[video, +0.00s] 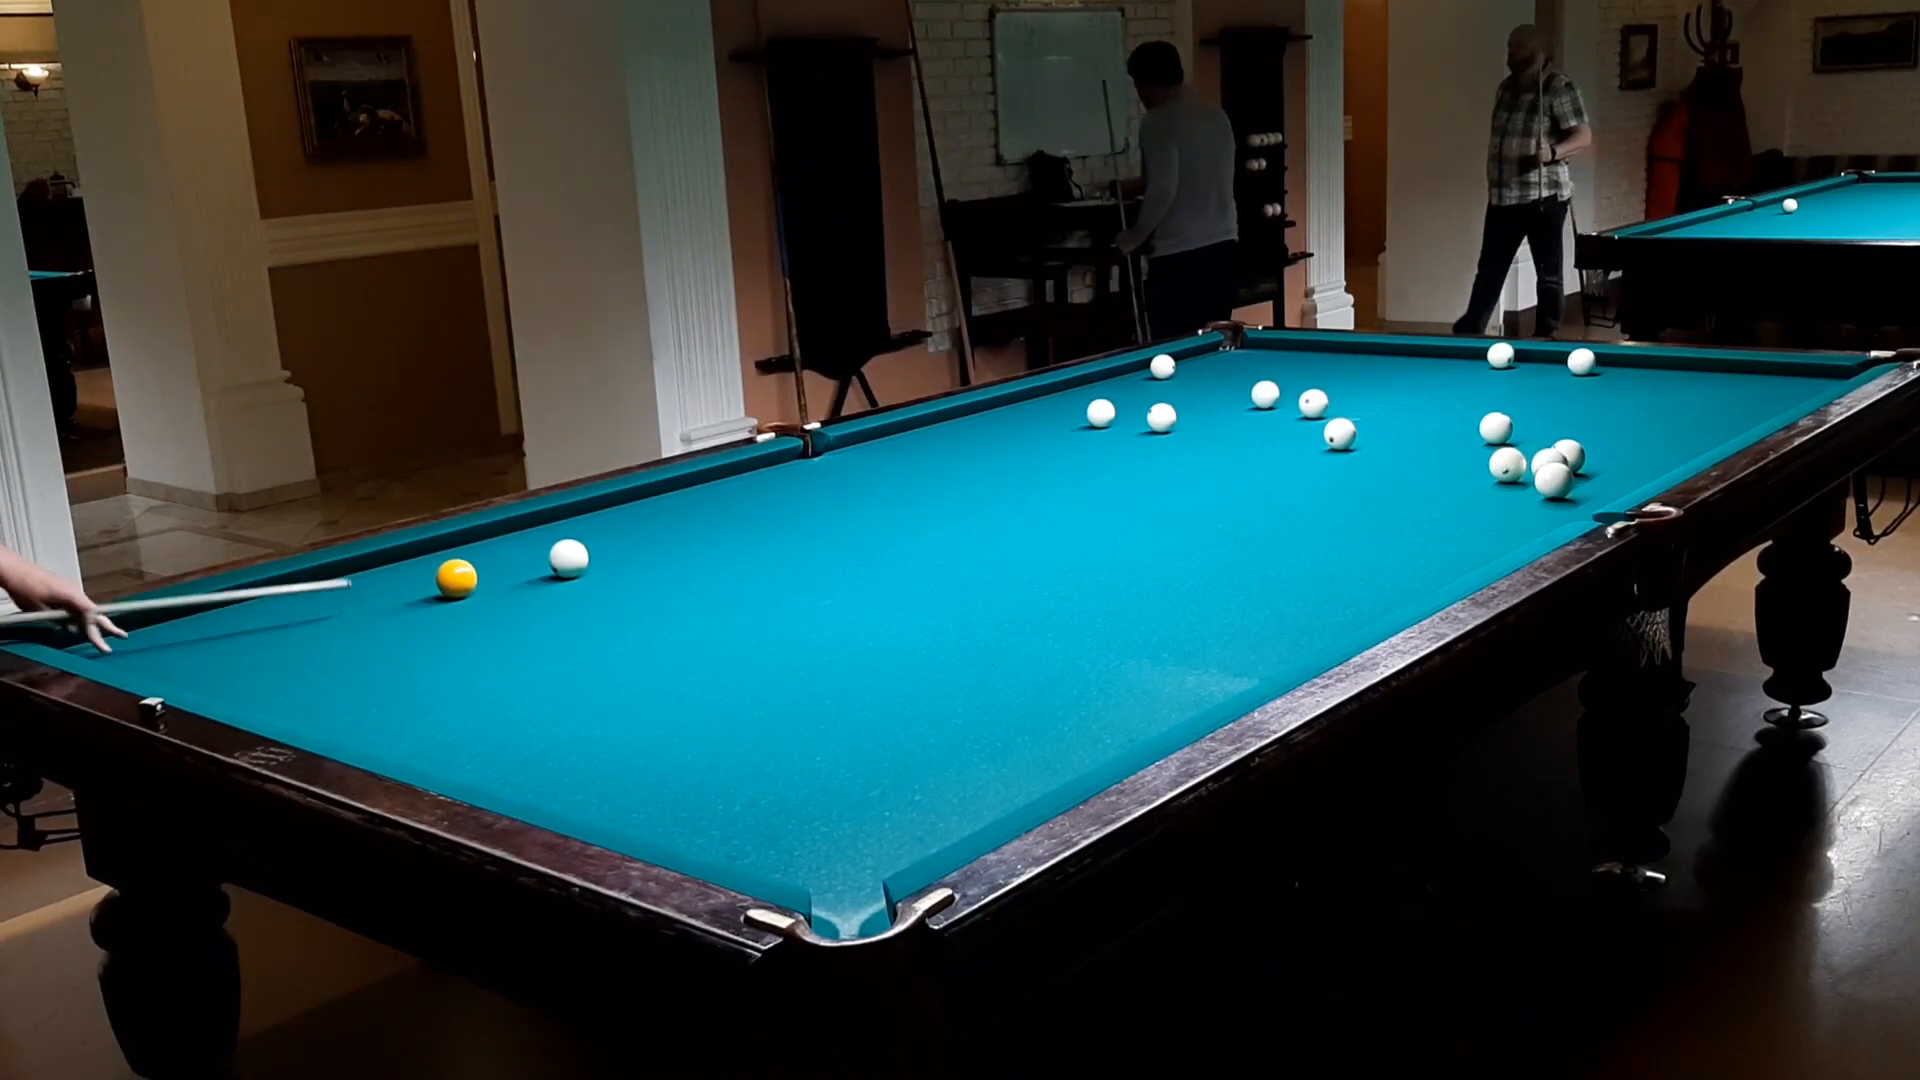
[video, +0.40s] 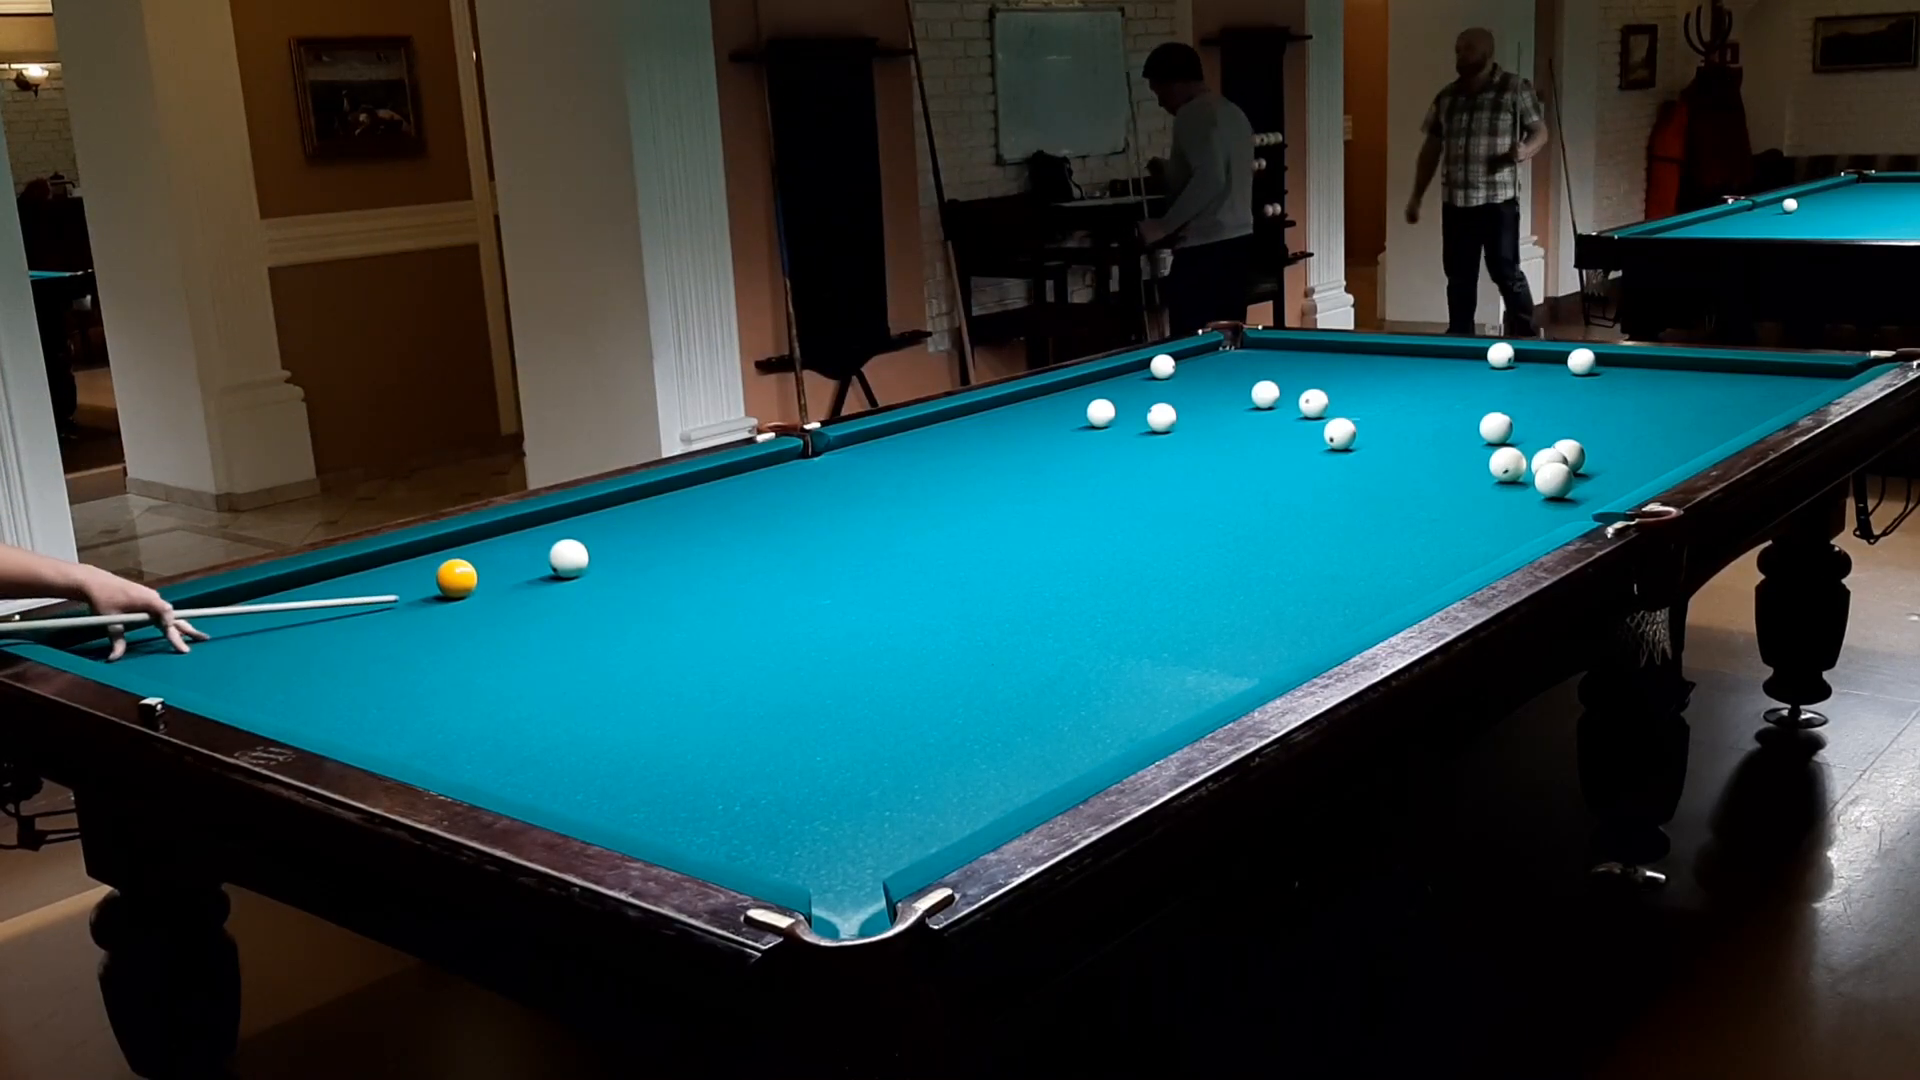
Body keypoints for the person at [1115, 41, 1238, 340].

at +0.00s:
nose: (1137, 92)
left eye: (1138, 83)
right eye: (1136, 83)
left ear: (1149, 82)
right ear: (1177, 72)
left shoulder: (1158, 122)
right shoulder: (1217, 116)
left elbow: (1163, 190)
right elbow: (1218, 180)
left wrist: (1137, 235)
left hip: (1177, 258)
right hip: (1223, 252)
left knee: (1174, 351)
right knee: (1215, 344)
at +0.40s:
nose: (1157, 98)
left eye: (1157, 88)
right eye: (1154, 89)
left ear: (1172, 82)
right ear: (1194, 75)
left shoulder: (1194, 116)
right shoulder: (1232, 113)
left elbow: (1210, 179)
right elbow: (1236, 180)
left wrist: (1164, 225)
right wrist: (1172, 172)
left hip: (1206, 252)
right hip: (1238, 246)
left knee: (1192, 348)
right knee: (1227, 343)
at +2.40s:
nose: (1123, 103)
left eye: (1121, 94)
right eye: (1119, 95)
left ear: (1131, 87)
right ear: (1159, 77)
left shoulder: (1153, 119)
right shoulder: (1200, 110)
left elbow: (1167, 183)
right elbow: (1207, 176)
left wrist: (1137, 242)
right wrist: (1141, 186)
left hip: (1181, 253)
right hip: (1221, 242)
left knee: (1181, 346)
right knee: (1220, 340)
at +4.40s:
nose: (1115, 114)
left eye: (1110, 105)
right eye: (1109, 107)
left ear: (1119, 95)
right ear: (1144, 82)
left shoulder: (1142, 121)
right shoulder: (1189, 109)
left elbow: (1162, 183)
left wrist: (1135, 243)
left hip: (1180, 249)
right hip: (1220, 238)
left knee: (1180, 343)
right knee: (1221, 333)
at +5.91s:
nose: (1107, 115)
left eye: (1104, 106)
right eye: (1102, 108)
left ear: (1115, 98)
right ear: (1138, 85)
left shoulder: (1137, 122)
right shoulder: (1185, 109)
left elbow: (1159, 180)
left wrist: (1134, 243)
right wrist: (1137, 188)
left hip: (1181, 249)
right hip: (1220, 238)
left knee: (1180, 343)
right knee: (1220, 334)